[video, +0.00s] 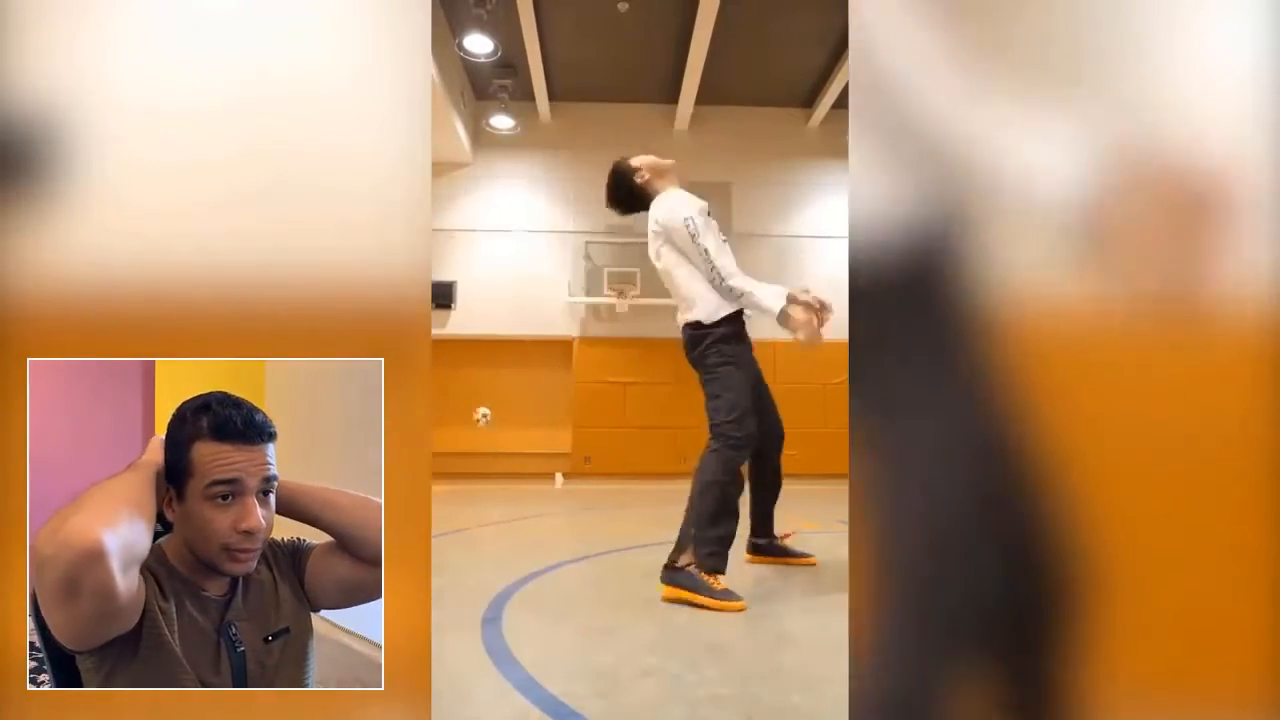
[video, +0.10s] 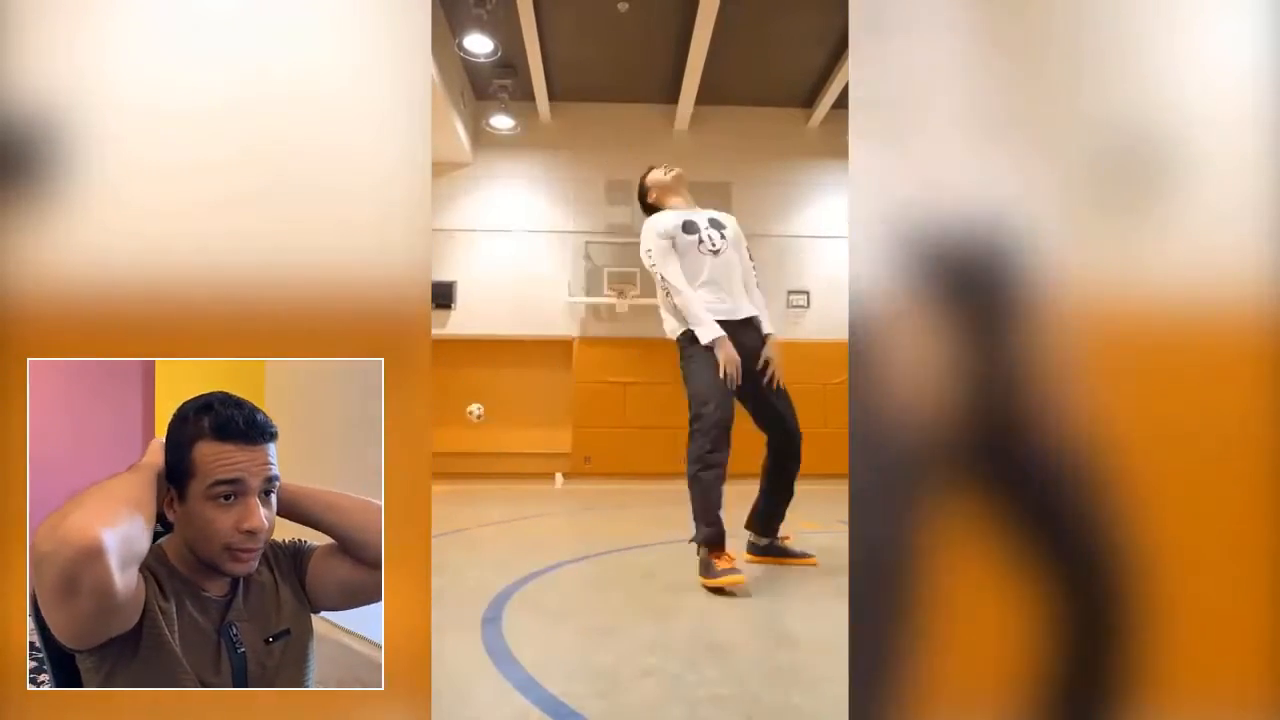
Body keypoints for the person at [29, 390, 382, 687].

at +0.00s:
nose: (254, 523)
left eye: (264, 493)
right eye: (223, 497)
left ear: (270, 492)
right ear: (170, 503)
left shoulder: (285, 573)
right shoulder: (121, 602)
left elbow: (398, 550)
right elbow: (80, 549)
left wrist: (265, 490)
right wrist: (148, 471)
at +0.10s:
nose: (257, 523)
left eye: (266, 493)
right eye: (225, 497)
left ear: (272, 494)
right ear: (171, 503)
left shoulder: (286, 574)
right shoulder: (121, 602)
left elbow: (400, 554)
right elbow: (79, 547)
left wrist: (268, 493)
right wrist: (149, 473)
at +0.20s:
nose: (259, 523)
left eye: (268, 494)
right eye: (227, 496)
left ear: (273, 495)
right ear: (173, 503)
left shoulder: (286, 574)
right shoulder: (121, 601)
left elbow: (400, 555)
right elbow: (81, 545)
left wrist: (268, 493)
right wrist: (151, 473)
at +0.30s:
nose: (261, 522)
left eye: (269, 493)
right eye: (229, 495)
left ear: (274, 494)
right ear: (173, 503)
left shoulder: (285, 574)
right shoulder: (121, 598)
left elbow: (399, 553)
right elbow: (78, 542)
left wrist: (268, 494)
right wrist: (153, 472)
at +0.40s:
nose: (263, 521)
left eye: (272, 493)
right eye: (233, 494)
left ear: (275, 492)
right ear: (174, 502)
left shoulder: (284, 574)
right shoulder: (120, 597)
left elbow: (398, 552)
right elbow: (75, 539)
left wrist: (268, 495)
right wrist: (153, 471)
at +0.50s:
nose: (267, 522)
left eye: (276, 494)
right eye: (239, 495)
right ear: (177, 501)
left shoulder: (283, 573)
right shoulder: (117, 598)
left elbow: (397, 551)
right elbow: (72, 534)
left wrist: (270, 494)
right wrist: (156, 473)